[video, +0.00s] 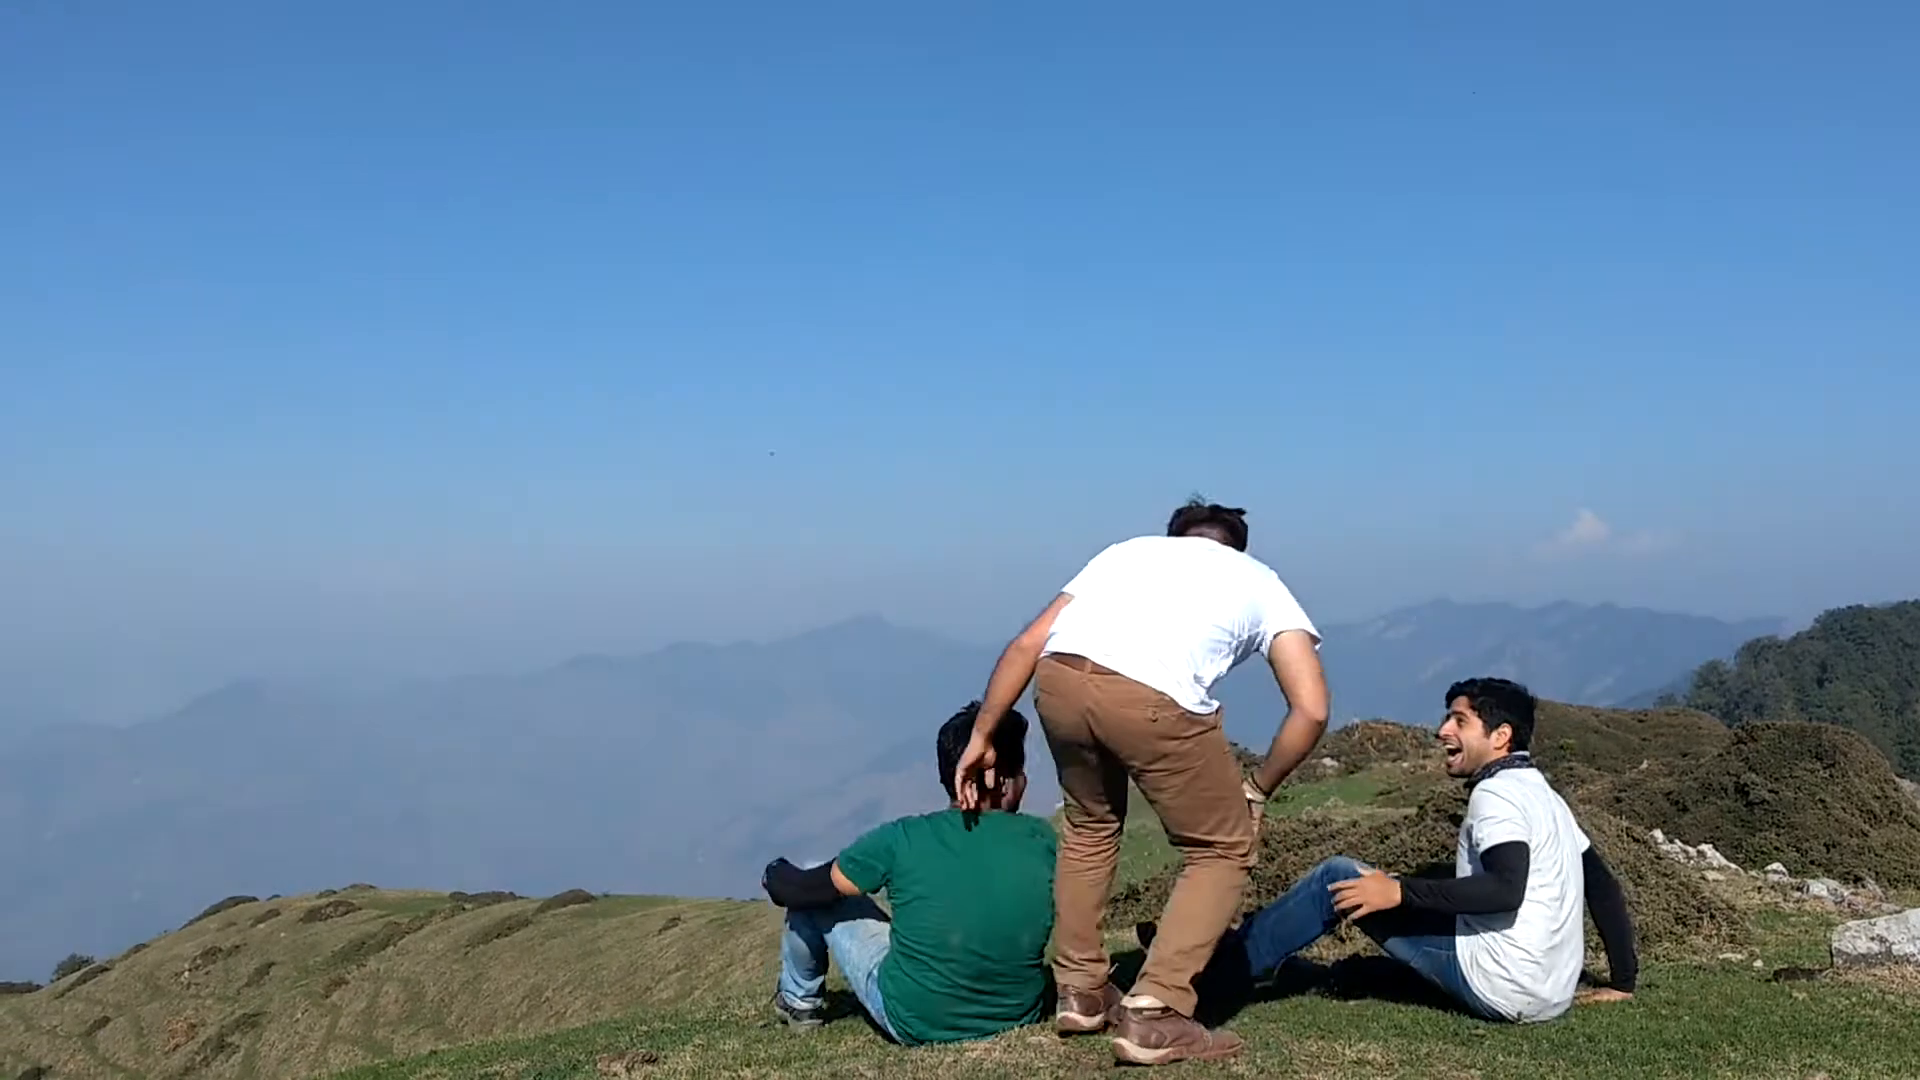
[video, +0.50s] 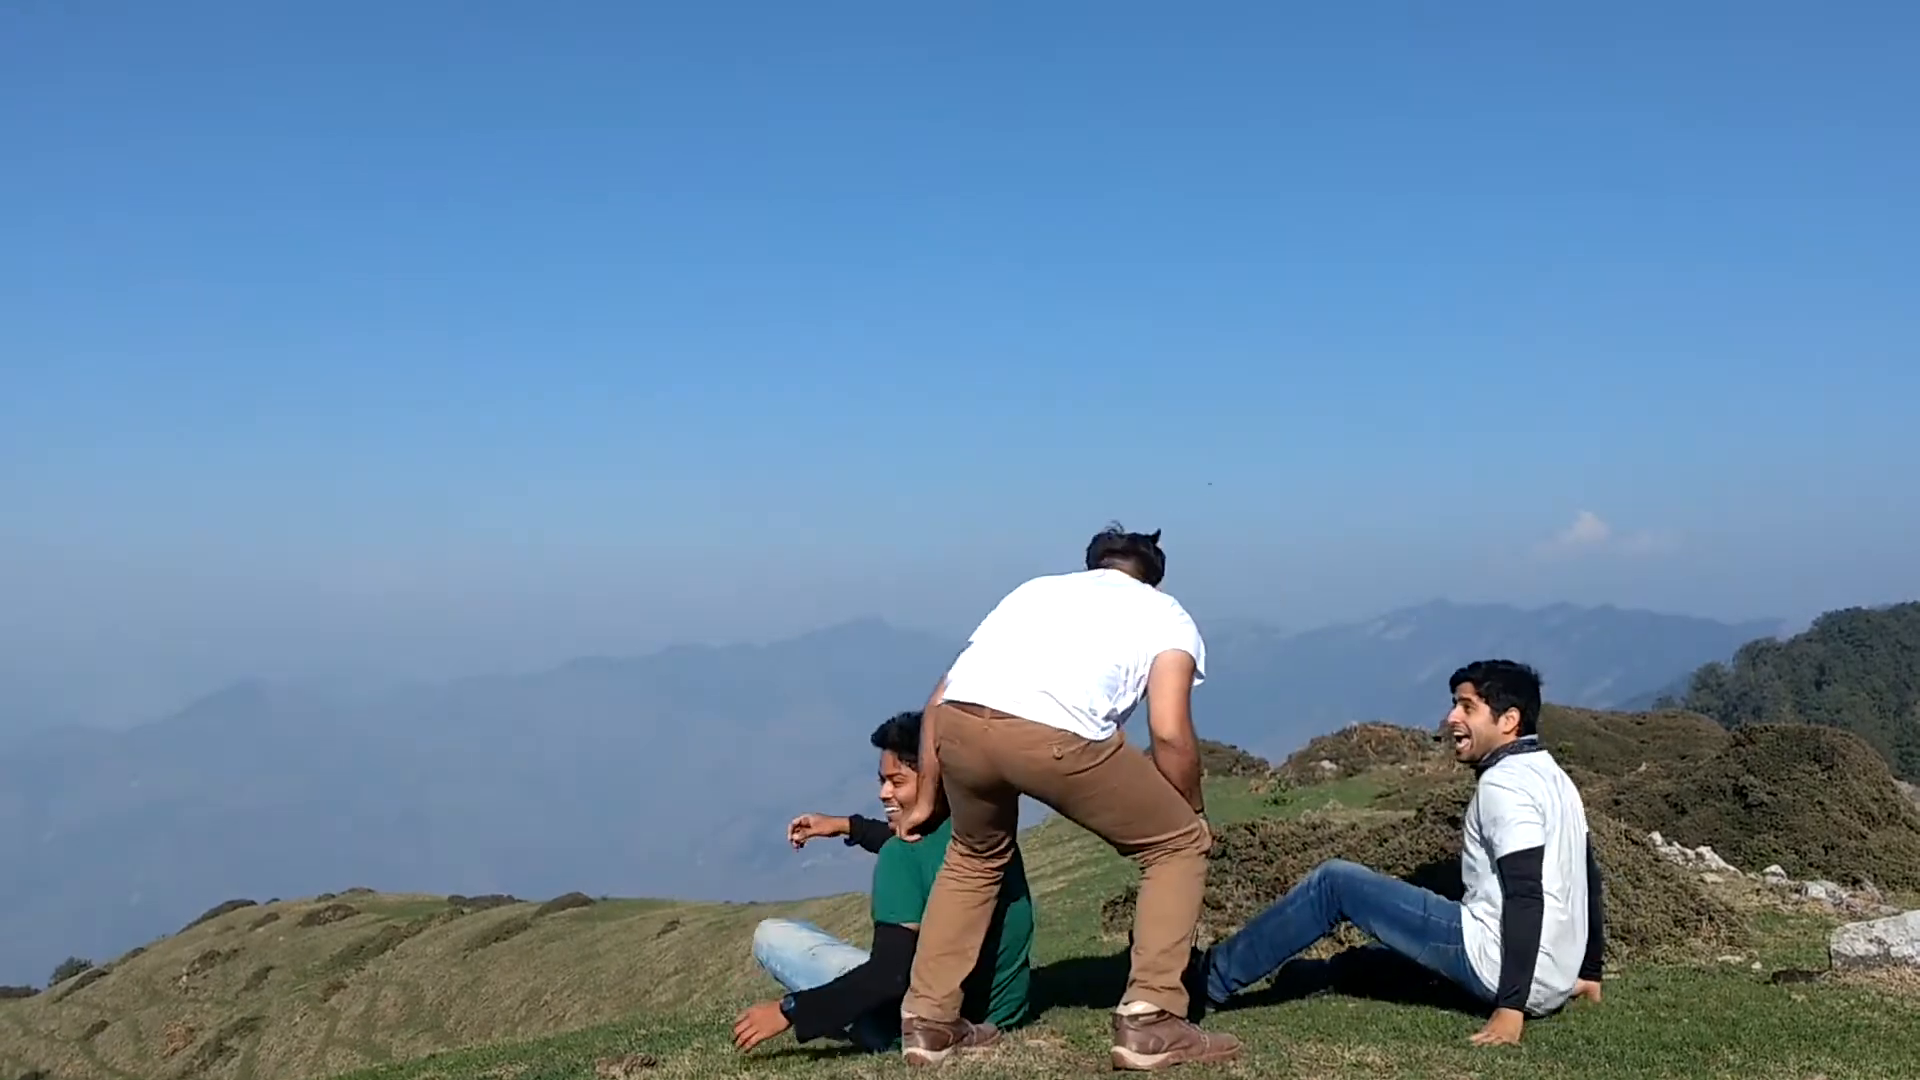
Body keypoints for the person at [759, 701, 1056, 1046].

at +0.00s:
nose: (1024, 780)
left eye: (1020, 769)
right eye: (1023, 771)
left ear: (948, 778)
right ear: (1016, 780)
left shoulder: (904, 837)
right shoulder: (1042, 837)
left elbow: (804, 892)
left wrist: (775, 873)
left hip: (919, 1021)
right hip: (1014, 1015)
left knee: (818, 896)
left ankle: (800, 1001)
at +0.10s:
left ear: (940, 774)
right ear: (1010, 780)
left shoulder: (906, 844)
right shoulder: (1037, 840)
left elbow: (808, 916)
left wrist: (765, 900)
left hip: (917, 1021)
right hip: (1003, 1018)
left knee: (799, 879)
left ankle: (828, 996)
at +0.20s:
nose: (921, 774)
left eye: (926, 763)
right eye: (924, 763)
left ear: (943, 773)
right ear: (1005, 775)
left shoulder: (912, 847)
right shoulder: (1040, 851)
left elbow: (817, 936)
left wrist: (755, 930)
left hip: (913, 1025)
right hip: (1007, 1019)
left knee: (785, 893)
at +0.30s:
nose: (904, 786)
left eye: (915, 773)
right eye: (905, 773)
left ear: (951, 777)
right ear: (972, 779)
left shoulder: (909, 854)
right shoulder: (1018, 834)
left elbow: (850, 961)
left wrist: (761, 963)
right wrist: (923, 826)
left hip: (921, 1030)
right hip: (1009, 1014)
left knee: (778, 917)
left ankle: (852, 1018)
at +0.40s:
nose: (895, 790)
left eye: (906, 777)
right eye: (895, 776)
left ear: (946, 777)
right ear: (950, 779)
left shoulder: (903, 854)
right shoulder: (999, 831)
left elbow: (877, 971)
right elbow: (942, 826)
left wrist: (778, 988)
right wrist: (884, 819)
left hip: (937, 1026)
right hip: (1009, 1009)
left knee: (776, 924)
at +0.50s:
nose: (884, 794)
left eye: (896, 781)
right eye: (883, 780)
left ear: (933, 778)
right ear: (940, 781)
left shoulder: (902, 852)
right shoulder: (986, 829)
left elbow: (890, 975)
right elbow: (916, 840)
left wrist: (789, 1011)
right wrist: (847, 827)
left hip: (937, 1023)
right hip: (1006, 1007)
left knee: (770, 933)